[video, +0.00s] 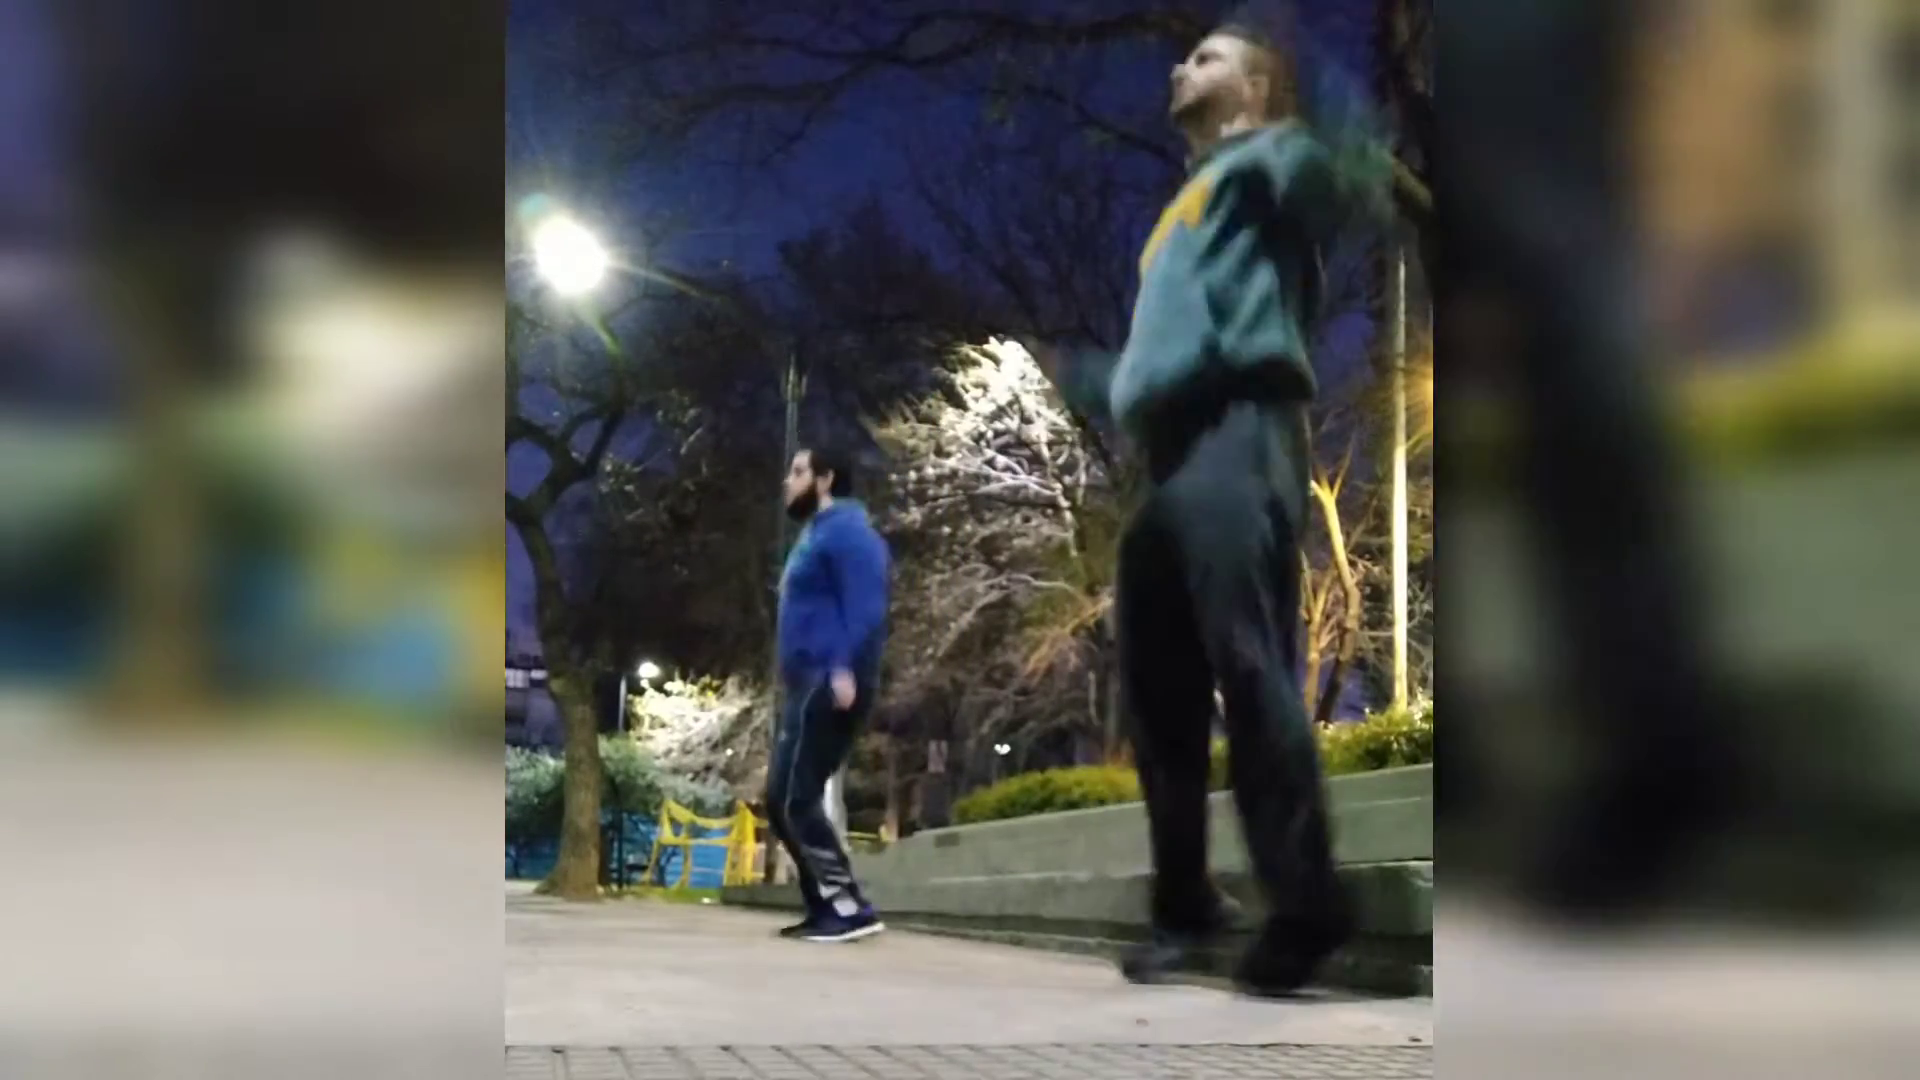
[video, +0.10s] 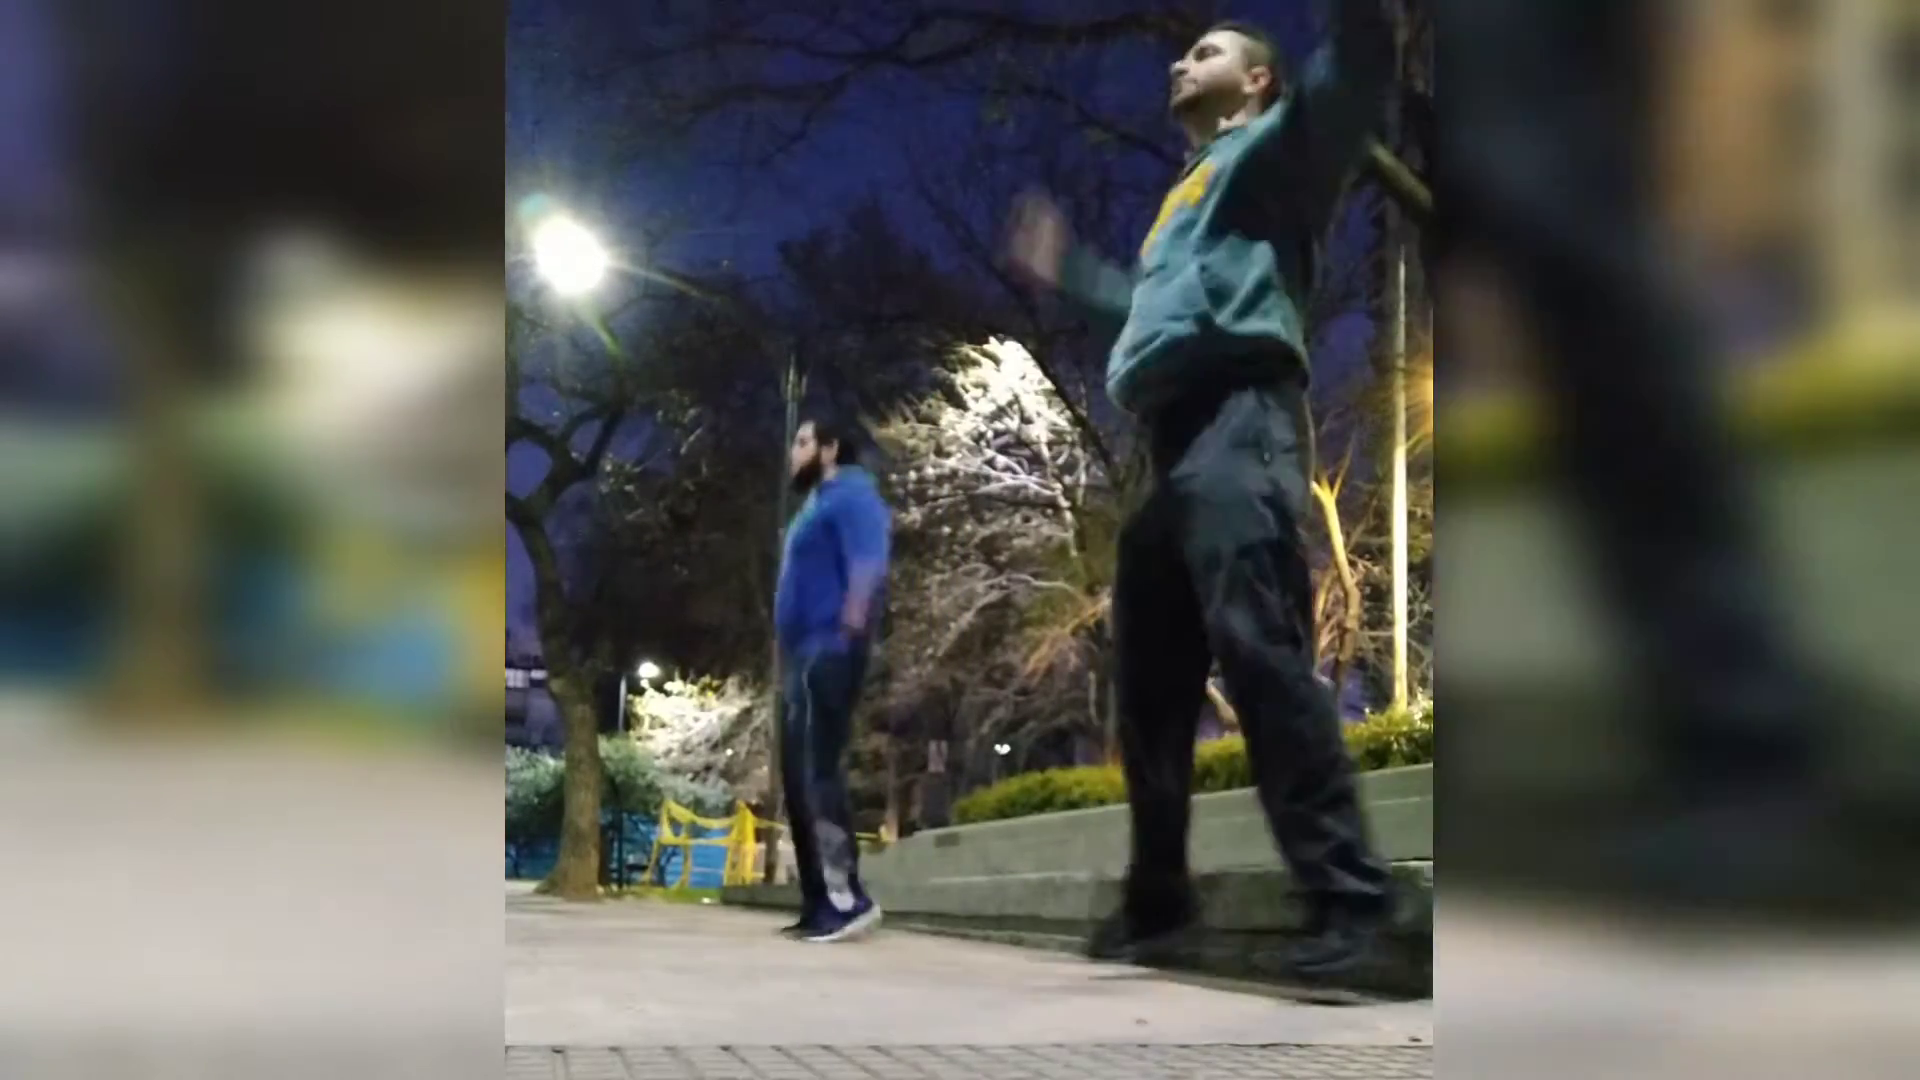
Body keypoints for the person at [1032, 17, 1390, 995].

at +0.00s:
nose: (1185, 68)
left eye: (1209, 55)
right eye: (1185, 58)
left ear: (1262, 85)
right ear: (1185, 95)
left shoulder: (1268, 157)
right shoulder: (1183, 206)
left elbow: (1333, 194)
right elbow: (1162, 355)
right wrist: (1092, 374)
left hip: (1242, 423)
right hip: (1167, 443)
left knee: (1247, 662)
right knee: (1161, 687)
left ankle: (1305, 908)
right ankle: (1185, 915)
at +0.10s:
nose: (1182, 65)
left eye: (1207, 53)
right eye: (1182, 57)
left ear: (1260, 77)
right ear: (1193, 97)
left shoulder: (1282, 146)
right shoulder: (1180, 202)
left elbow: (1350, 80)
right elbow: (1148, 303)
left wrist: (1362, 3)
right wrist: (1062, 265)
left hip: (1244, 414)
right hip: (1173, 440)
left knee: (1258, 653)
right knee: (1152, 682)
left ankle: (1352, 905)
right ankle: (1157, 905)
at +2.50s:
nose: (1143, 98)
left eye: (1165, 83)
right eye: (1146, 87)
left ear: (1217, 104)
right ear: (1163, 115)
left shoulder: (1260, 178)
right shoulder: (1161, 219)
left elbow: (1337, 297)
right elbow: (1150, 358)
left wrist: (1279, 363)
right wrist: (1105, 467)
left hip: (1220, 470)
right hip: (1146, 482)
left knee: (1209, 689)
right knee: (1126, 704)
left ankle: (1250, 944)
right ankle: (1180, 935)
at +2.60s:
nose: (1141, 133)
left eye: (1165, 119)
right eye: (1143, 122)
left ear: (1217, 141)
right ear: (1169, 153)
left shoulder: (1256, 224)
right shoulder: (1170, 255)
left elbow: (1317, 350)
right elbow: (1159, 395)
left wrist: (1242, 421)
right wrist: (1127, 511)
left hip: (1217, 508)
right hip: (1150, 520)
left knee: (1189, 724)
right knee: (1122, 732)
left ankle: (1245, 945)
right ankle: (1184, 938)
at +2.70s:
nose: (1151, 97)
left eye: (1173, 82)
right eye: (1154, 85)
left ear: (1227, 101)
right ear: (1180, 115)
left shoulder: (1268, 176)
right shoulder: (1177, 218)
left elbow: (1320, 286)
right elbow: (1165, 357)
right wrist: (1135, 459)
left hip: (1224, 461)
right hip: (1159, 478)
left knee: (1211, 694)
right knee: (1141, 702)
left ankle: (1248, 939)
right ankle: (1182, 932)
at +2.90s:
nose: (1171, 92)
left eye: (1192, 80)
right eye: (1171, 83)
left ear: (1246, 99)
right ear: (1179, 111)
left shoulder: (1264, 167)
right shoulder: (1166, 234)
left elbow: (1319, 45)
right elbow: (1125, 272)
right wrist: (1087, 183)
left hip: (1234, 444)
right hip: (1159, 471)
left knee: (1260, 678)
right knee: (1140, 715)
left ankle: (1369, 924)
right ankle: (1147, 910)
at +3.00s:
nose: (1169, 154)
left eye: (1190, 136)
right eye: (1163, 145)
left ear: (1237, 151)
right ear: (1167, 175)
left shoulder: (1264, 208)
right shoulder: (1159, 256)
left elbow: (1308, 34)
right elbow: (1131, 221)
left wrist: (1234, 30)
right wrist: (1161, 144)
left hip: (1246, 506)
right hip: (1175, 532)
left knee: (1258, 737)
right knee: (1127, 755)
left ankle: (1405, 952)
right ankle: (1154, 938)